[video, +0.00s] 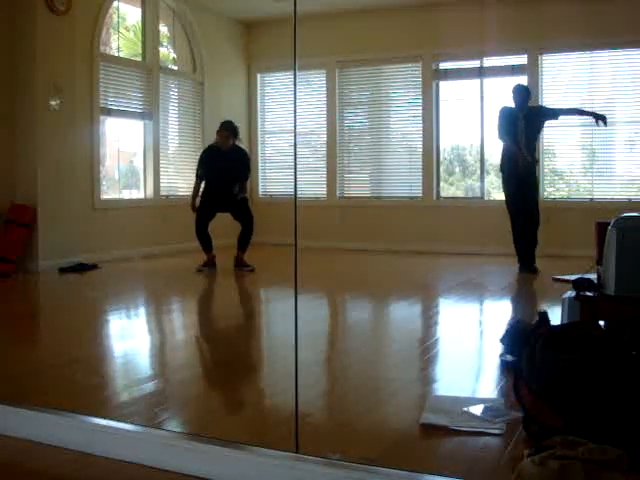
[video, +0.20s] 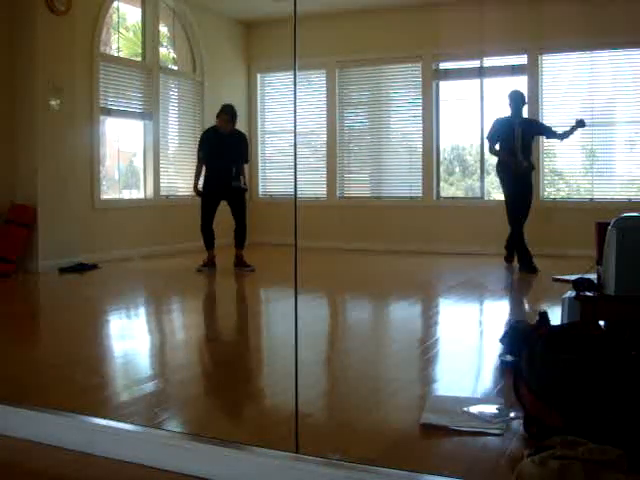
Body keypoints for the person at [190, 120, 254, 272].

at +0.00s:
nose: (219, 136)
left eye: (223, 134)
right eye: (218, 133)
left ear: (232, 137)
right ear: (217, 134)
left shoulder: (241, 155)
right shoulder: (209, 152)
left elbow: (244, 180)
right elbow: (199, 178)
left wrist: (243, 198)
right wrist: (193, 200)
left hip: (233, 197)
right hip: (211, 196)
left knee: (248, 223)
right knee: (200, 226)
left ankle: (239, 259)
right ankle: (210, 259)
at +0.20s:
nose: (219, 122)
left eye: (224, 120)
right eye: (219, 118)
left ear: (232, 121)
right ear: (217, 117)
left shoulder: (240, 137)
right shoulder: (208, 134)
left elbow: (243, 164)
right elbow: (200, 161)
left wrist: (245, 183)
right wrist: (196, 183)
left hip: (234, 185)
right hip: (211, 185)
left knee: (240, 222)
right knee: (206, 223)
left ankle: (239, 258)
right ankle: (210, 258)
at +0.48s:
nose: (224, 110)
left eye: (228, 107)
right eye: (222, 106)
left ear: (235, 110)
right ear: (218, 107)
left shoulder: (239, 133)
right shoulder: (207, 128)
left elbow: (242, 158)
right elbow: (199, 153)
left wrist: (242, 177)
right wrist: (195, 174)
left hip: (231, 177)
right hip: (211, 177)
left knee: (236, 214)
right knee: (217, 215)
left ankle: (217, 207)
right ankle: (221, 254)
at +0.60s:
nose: (224, 108)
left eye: (228, 105)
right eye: (222, 104)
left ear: (234, 108)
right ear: (219, 106)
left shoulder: (238, 129)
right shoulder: (208, 126)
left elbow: (240, 154)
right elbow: (202, 153)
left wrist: (240, 175)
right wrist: (201, 174)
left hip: (231, 175)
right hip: (212, 175)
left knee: (233, 211)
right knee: (218, 213)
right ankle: (221, 252)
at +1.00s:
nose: (240, 114)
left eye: (239, 110)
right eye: (239, 110)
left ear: (222, 111)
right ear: (236, 112)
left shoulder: (211, 130)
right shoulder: (240, 131)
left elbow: (199, 152)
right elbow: (242, 156)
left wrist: (203, 173)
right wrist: (243, 178)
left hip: (213, 179)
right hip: (233, 180)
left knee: (217, 214)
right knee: (228, 216)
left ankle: (212, 249)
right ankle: (223, 250)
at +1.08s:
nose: (239, 114)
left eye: (238, 111)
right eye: (237, 111)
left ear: (221, 112)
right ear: (234, 112)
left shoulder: (212, 130)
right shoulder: (240, 131)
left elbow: (194, 150)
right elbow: (250, 151)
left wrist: (202, 166)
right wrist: (248, 174)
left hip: (215, 179)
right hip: (234, 178)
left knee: (219, 216)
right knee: (230, 217)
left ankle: (213, 251)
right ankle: (223, 250)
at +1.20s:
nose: (233, 116)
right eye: (232, 113)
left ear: (216, 116)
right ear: (232, 113)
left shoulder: (212, 134)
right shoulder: (239, 127)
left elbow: (199, 154)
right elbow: (253, 136)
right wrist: (250, 158)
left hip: (220, 181)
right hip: (239, 178)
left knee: (221, 216)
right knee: (246, 216)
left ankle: (213, 251)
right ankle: (229, 248)